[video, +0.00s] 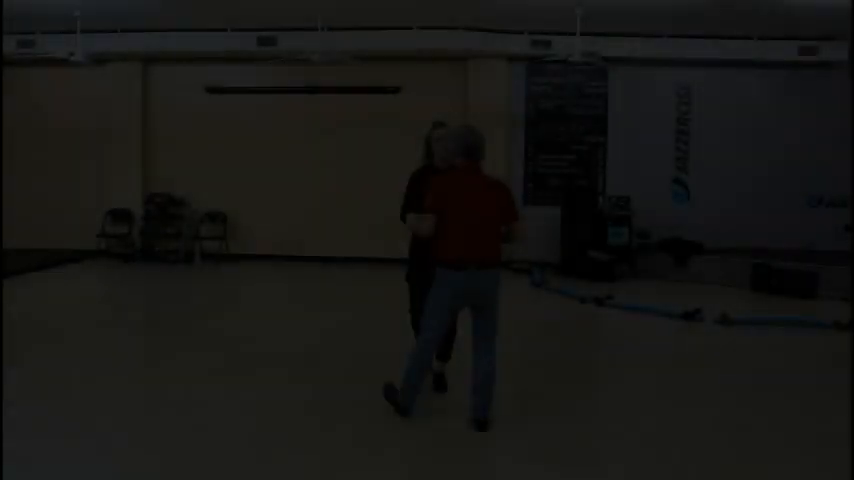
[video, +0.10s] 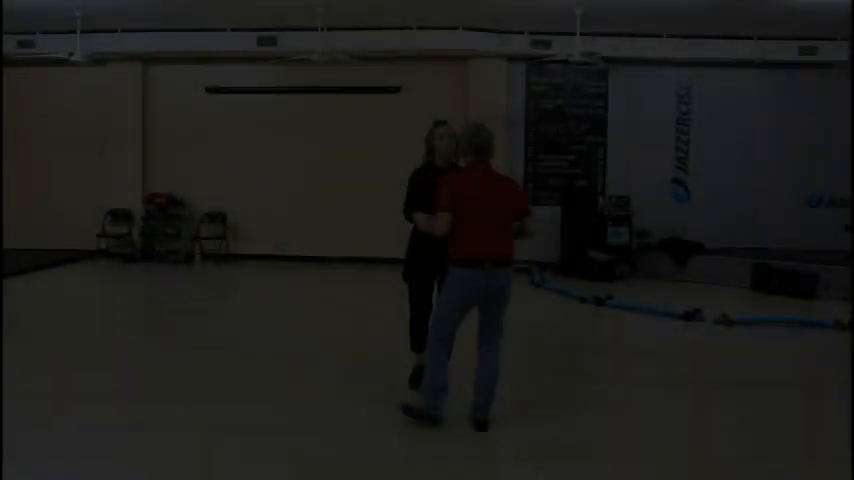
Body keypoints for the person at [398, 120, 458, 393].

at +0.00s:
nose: (441, 149)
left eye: (446, 142)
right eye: (436, 142)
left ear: (455, 147)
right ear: (428, 147)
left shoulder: (463, 178)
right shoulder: (420, 177)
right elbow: (407, 215)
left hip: (452, 258)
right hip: (422, 257)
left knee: (447, 316)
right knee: (419, 313)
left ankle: (440, 369)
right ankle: (424, 366)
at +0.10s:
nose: (447, 143)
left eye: (450, 138)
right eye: (441, 139)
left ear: (457, 142)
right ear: (431, 143)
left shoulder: (463, 175)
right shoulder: (422, 174)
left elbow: (469, 211)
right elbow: (410, 210)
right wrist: (430, 225)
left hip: (453, 251)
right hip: (423, 251)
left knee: (449, 310)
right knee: (420, 308)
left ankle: (441, 365)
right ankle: (419, 362)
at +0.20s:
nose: (449, 143)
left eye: (452, 138)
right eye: (443, 139)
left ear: (457, 142)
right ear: (432, 143)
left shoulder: (463, 176)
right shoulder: (421, 175)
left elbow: (469, 210)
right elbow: (414, 210)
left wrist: (453, 224)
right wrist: (437, 222)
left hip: (452, 252)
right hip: (422, 251)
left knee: (447, 312)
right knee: (419, 311)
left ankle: (441, 369)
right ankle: (411, 371)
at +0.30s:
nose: (450, 144)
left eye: (453, 139)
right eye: (444, 140)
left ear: (457, 142)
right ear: (432, 144)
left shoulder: (463, 178)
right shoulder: (420, 176)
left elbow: (469, 221)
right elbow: (418, 218)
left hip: (453, 258)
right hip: (421, 256)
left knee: (446, 315)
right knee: (416, 314)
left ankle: (440, 369)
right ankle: (406, 375)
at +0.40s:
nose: (451, 144)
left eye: (453, 139)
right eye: (445, 140)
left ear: (456, 142)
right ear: (431, 145)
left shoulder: (463, 180)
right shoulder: (419, 177)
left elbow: (477, 220)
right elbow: (419, 219)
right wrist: (450, 224)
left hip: (451, 259)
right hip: (420, 257)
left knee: (446, 316)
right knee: (415, 316)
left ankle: (440, 369)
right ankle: (405, 378)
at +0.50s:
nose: (450, 146)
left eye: (452, 141)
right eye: (444, 141)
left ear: (453, 144)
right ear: (430, 145)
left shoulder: (457, 180)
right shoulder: (417, 178)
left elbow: (479, 214)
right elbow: (418, 222)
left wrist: (499, 225)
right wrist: (454, 224)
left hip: (450, 261)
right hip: (419, 261)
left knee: (447, 318)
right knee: (415, 320)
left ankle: (441, 369)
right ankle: (406, 386)